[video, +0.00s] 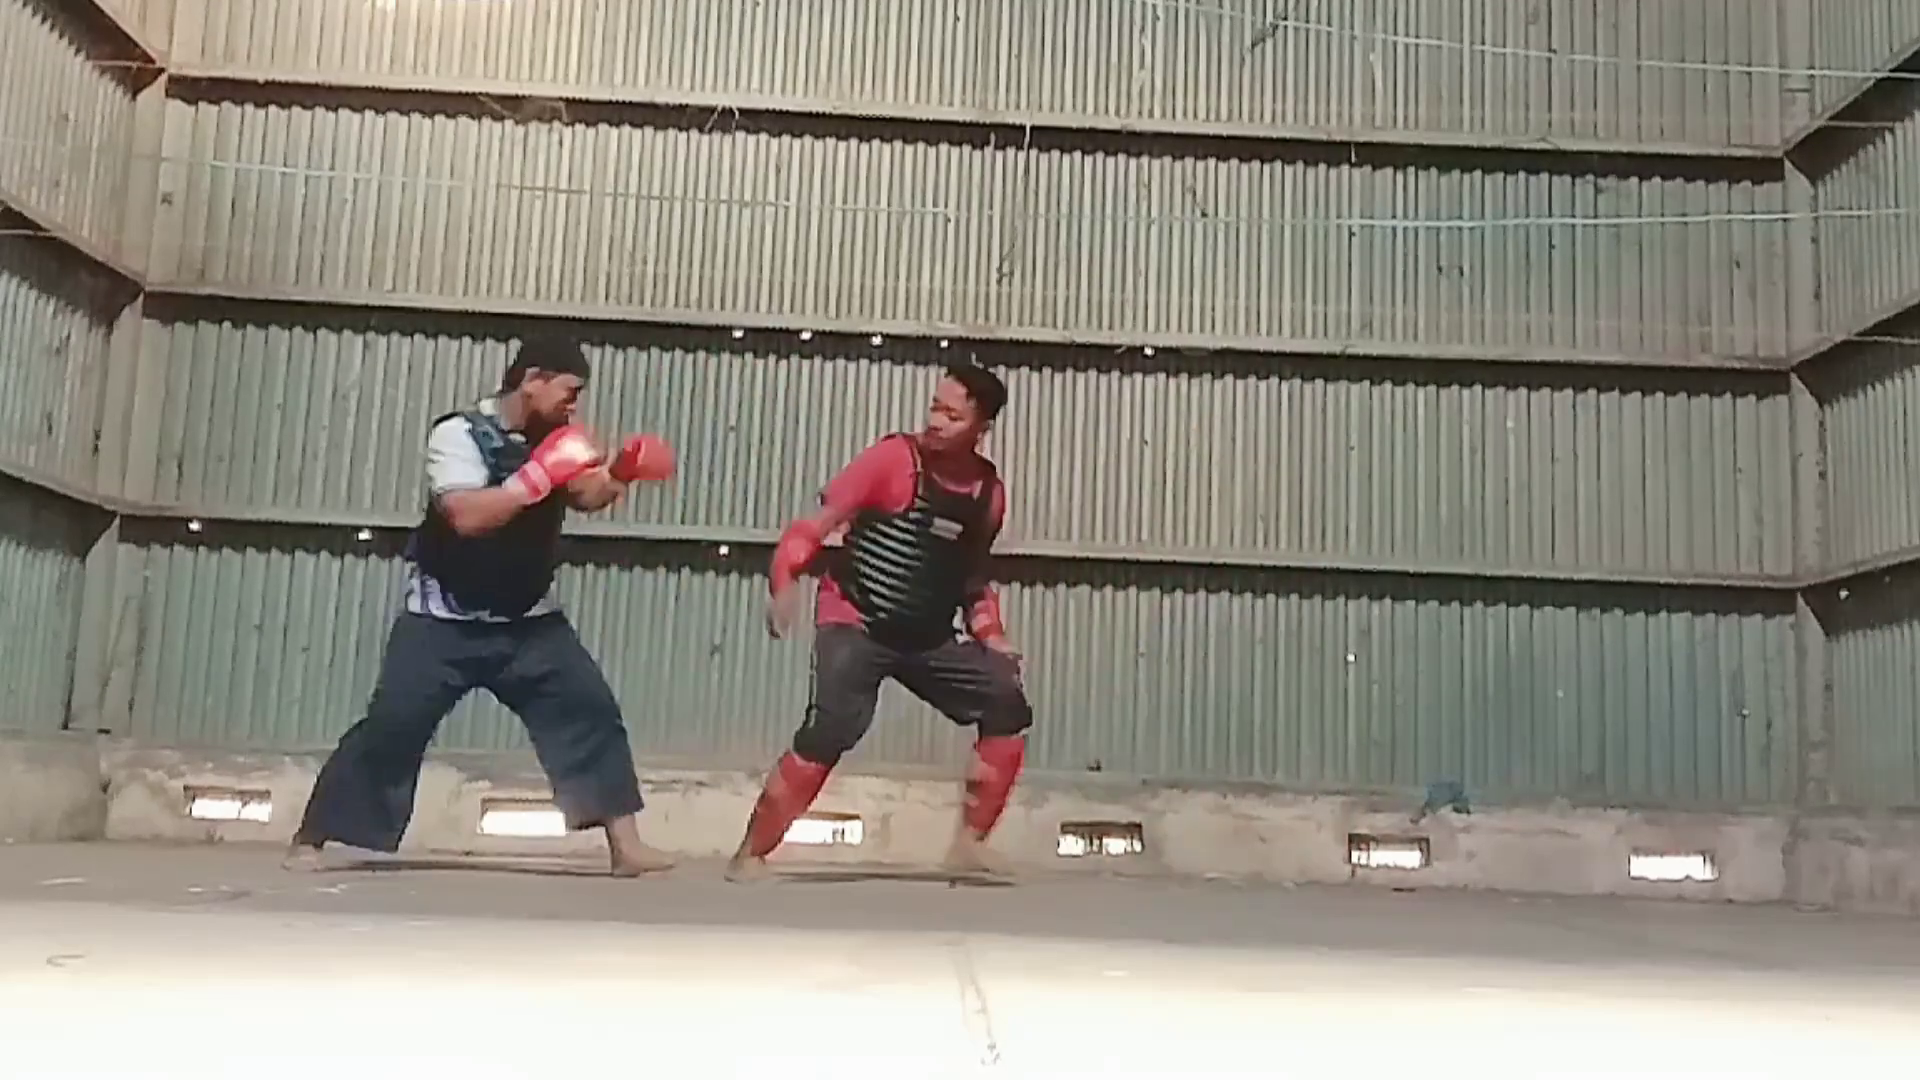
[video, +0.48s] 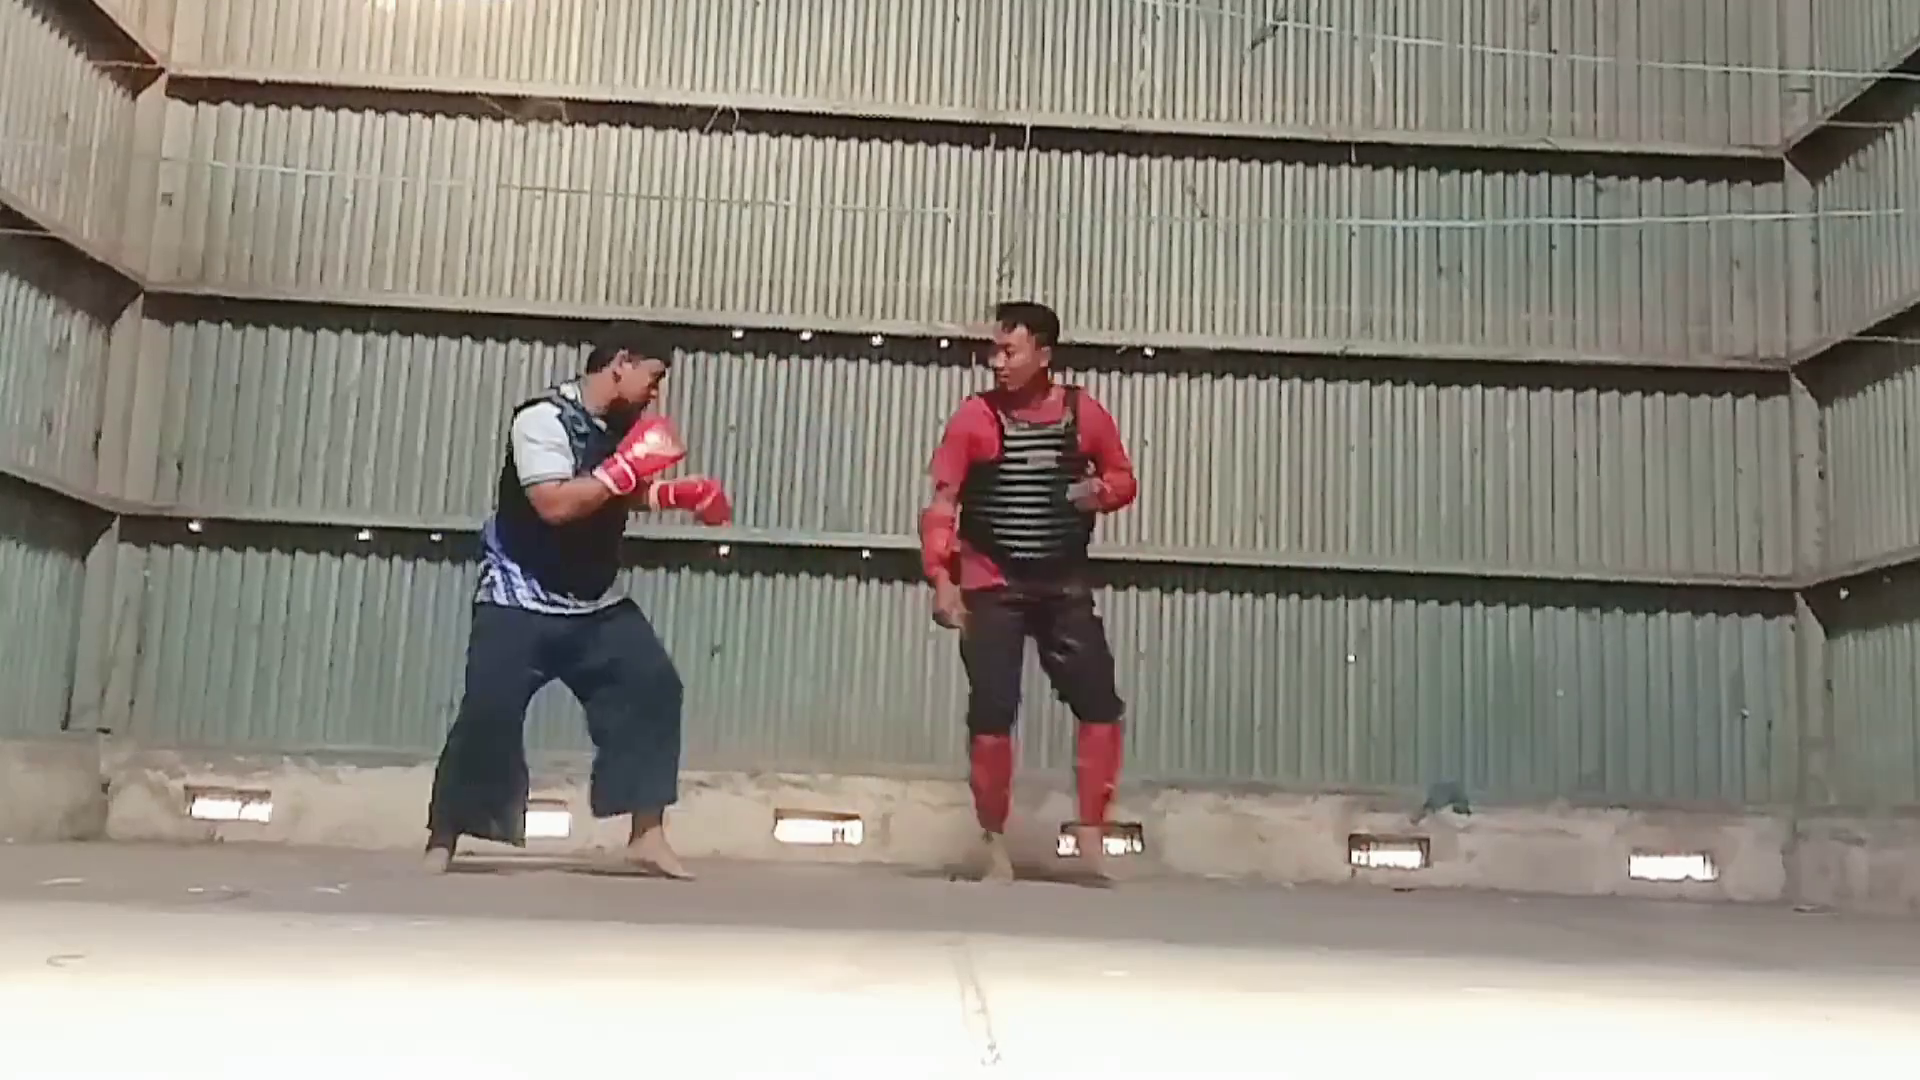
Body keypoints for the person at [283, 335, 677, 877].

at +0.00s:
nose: (573, 406)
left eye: (577, 396)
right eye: (567, 393)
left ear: (546, 386)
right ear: (530, 380)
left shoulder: (557, 445)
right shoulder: (456, 435)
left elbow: (587, 496)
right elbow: (466, 516)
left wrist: (619, 475)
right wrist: (540, 476)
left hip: (530, 623)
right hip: (441, 623)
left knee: (591, 708)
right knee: (395, 721)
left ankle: (627, 849)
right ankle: (312, 836)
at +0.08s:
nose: (616, 395)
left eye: (620, 385)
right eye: (612, 382)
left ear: (584, 376)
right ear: (575, 373)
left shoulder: (597, 435)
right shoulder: (501, 422)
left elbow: (630, 503)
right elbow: (529, 493)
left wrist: (666, 459)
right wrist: (595, 442)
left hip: (560, 618)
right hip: (475, 616)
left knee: (621, 704)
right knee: (412, 724)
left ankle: (637, 847)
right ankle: (321, 834)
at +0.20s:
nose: (653, 389)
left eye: (655, 378)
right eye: (648, 375)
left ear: (614, 373)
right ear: (611, 370)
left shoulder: (623, 433)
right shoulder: (533, 414)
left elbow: (655, 507)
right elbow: (577, 481)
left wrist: (691, 481)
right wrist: (635, 425)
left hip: (580, 613)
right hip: (497, 609)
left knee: (634, 710)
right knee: (435, 719)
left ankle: (636, 847)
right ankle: (357, 825)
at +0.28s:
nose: (659, 392)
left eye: (664, 383)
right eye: (656, 378)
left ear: (628, 368)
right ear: (625, 363)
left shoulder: (631, 434)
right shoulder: (544, 410)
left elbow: (654, 505)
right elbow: (584, 481)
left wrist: (687, 491)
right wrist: (641, 425)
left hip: (583, 600)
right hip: (504, 594)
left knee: (627, 703)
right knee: (461, 705)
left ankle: (635, 846)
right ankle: (399, 825)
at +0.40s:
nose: (656, 393)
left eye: (661, 382)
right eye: (655, 378)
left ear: (622, 366)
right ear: (622, 362)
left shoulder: (619, 428)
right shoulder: (539, 411)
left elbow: (616, 498)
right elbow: (560, 494)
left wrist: (668, 504)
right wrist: (632, 454)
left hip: (588, 597)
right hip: (512, 591)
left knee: (635, 693)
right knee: (486, 706)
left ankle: (638, 841)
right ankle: (443, 838)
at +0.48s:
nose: (656, 391)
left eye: (661, 380)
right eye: (654, 377)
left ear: (620, 371)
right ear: (618, 367)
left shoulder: (624, 430)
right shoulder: (539, 420)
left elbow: (617, 497)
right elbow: (553, 504)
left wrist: (673, 497)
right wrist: (627, 463)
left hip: (597, 604)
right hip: (519, 602)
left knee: (654, 685)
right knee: (490, 706)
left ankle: (647, 834)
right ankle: (443, 838)